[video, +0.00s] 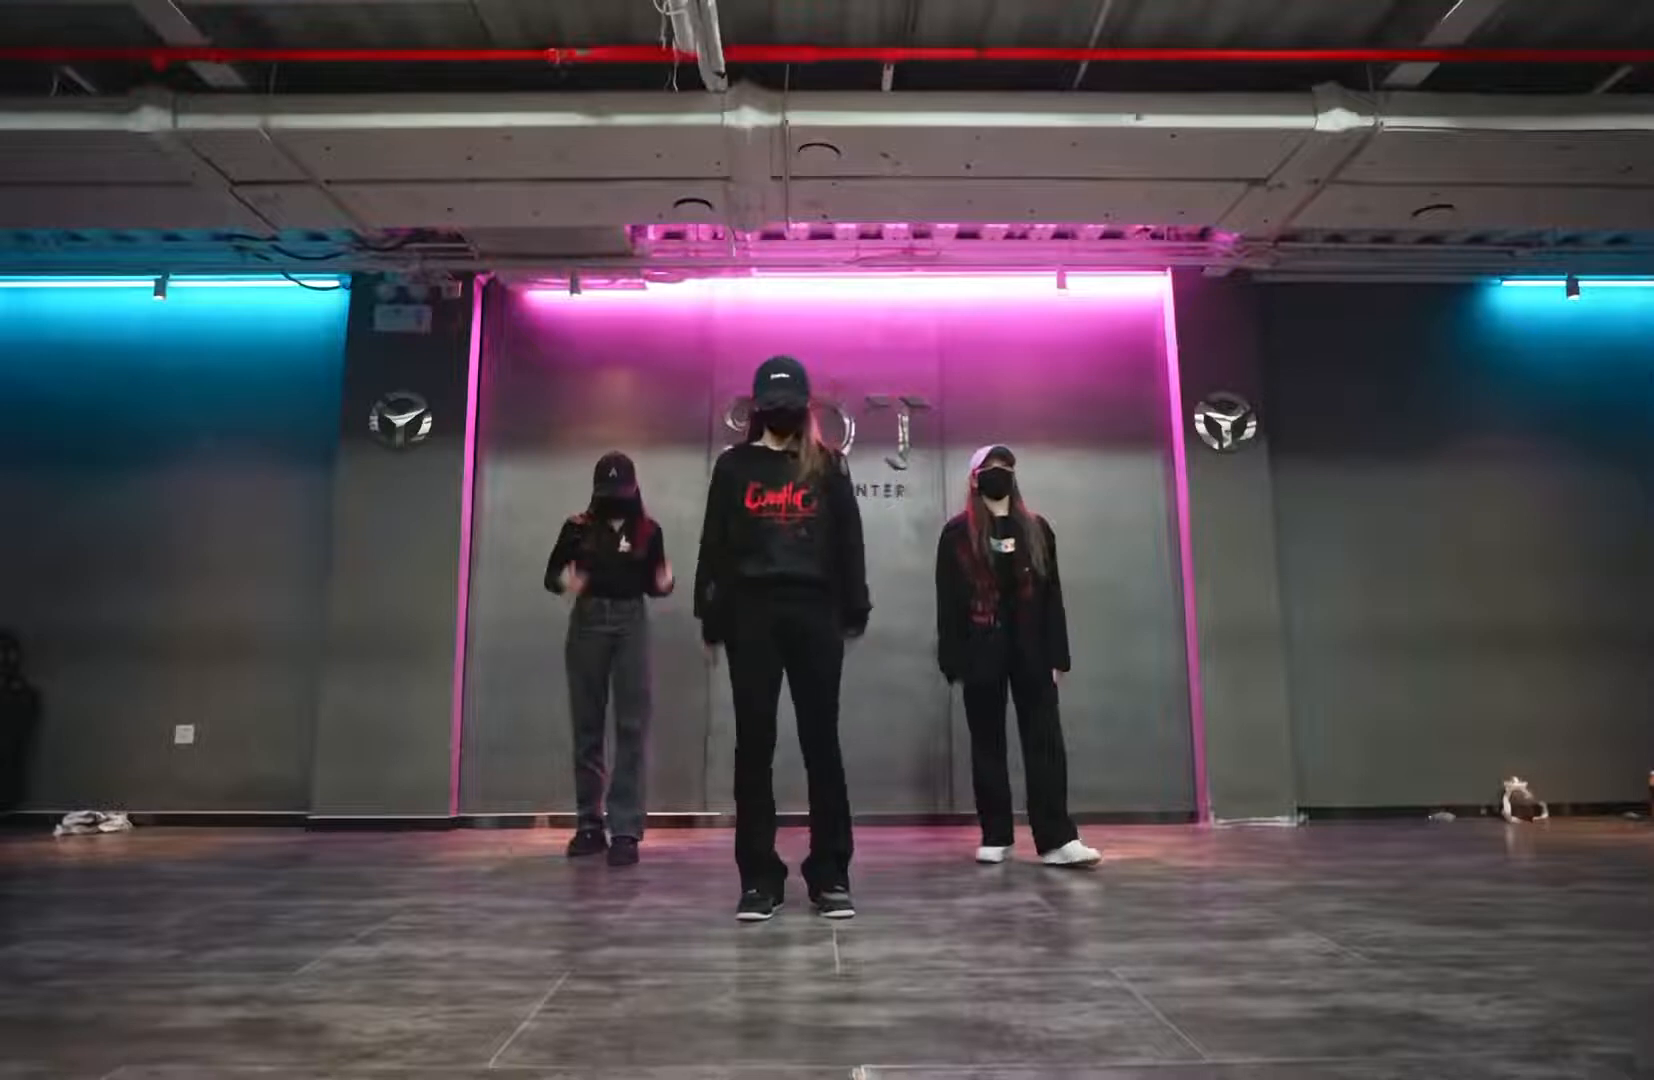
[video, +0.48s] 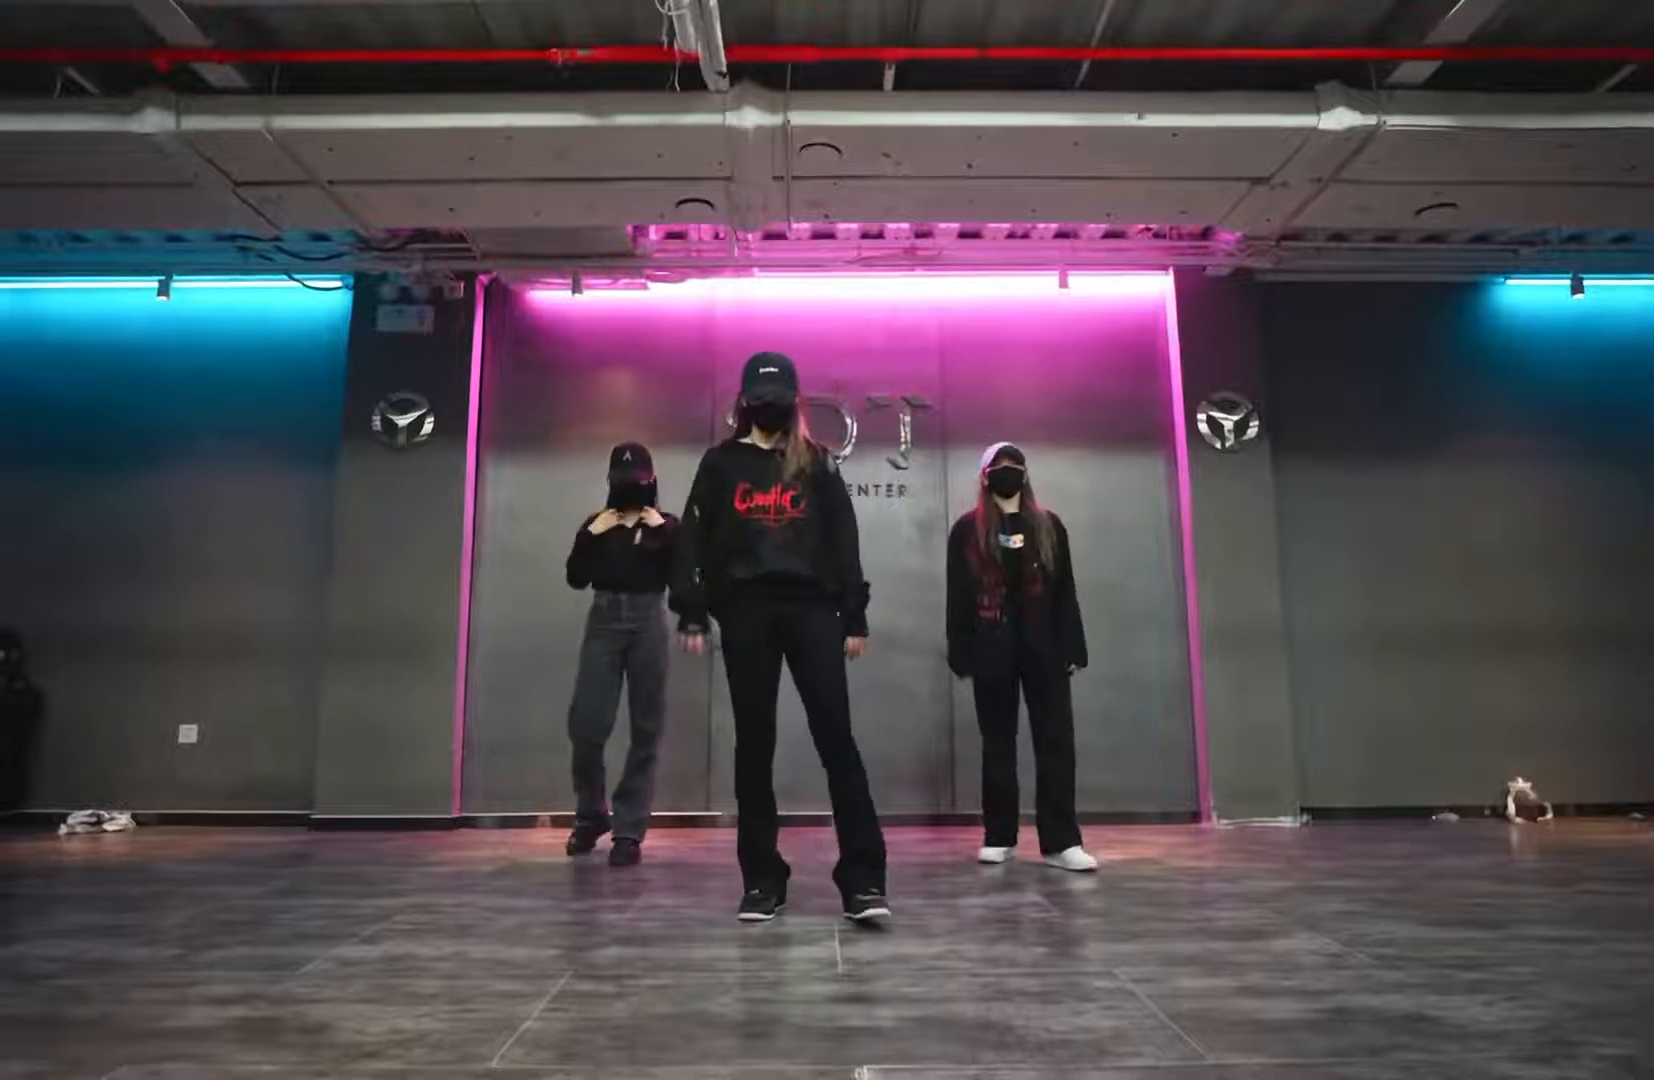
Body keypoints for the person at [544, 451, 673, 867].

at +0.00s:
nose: (615, 501)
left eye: (622, 493)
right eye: (608, 494)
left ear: (634, 490)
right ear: (596, 490)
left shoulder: (647, 529)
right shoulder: (578, 527)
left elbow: (658, 584)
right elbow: (552, 578)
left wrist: (662, 583)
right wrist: (569, 578)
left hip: (632, 622)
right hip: (589, 621)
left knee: (631, 727)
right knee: (588, 727)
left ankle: (626, 831)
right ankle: (589, 825)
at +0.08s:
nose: (617, 501)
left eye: (624, 494)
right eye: (609, 494)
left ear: (637, 490)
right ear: (599, 491)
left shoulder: (648, 529)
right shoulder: (581, 526)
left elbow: (664, 586)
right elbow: (551, 579)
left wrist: (665, 546)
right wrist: (571, 545)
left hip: (635, 626)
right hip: (590, 624)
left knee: (634, 731)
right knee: (590, 730)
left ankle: (626, 832)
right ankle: (590, 826)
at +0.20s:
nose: (620, 498)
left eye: (627, 492)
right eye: (613, 491)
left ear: (641, 488)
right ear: (601, 487)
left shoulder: (652, 527)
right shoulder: (585, 526)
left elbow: (671, 578)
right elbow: (556, 572)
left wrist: (657, 538)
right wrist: (578, 530)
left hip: (638, 622)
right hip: (595, 621)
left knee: (638, 730)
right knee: (592, 729)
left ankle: (626, 833)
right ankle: (591, 826)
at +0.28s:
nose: (623, 498)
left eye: (630, 492)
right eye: (615, 491)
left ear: (644, 488)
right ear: (604, 487)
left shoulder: (656, 526)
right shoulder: (588, 525)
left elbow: (673, 576)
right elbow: (562, 571)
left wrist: (656, 536)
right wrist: (583, 528)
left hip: (641, 621)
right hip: (597, 620)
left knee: (639, 730)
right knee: (592, 729)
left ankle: (627, 833)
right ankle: (591, 824)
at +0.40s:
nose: (627, 495)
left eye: (634, 489)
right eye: (619, 488)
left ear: (648, 485)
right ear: (608, 485)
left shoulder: (662, 526)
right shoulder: (593, 525)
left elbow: (678, 576)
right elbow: (570, 575)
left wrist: (657, 532)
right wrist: (588, 529)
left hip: (646, 621)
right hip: (602, 619)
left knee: (644, 728)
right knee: (586, 724)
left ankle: (628, 831)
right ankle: (590, 816)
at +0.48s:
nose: (632, 493)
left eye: (639, 485)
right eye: (624, 485)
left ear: (651, 482)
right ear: (612, 483)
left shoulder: (669, 528)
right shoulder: (595, 526)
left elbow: (680, 581)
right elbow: (576, 578)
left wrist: (657, 535)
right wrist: (592, 534)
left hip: (650, 623)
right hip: (604, 621)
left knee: (645, 730)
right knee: (585, 725)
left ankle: (629, 832)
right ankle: (590, 815)